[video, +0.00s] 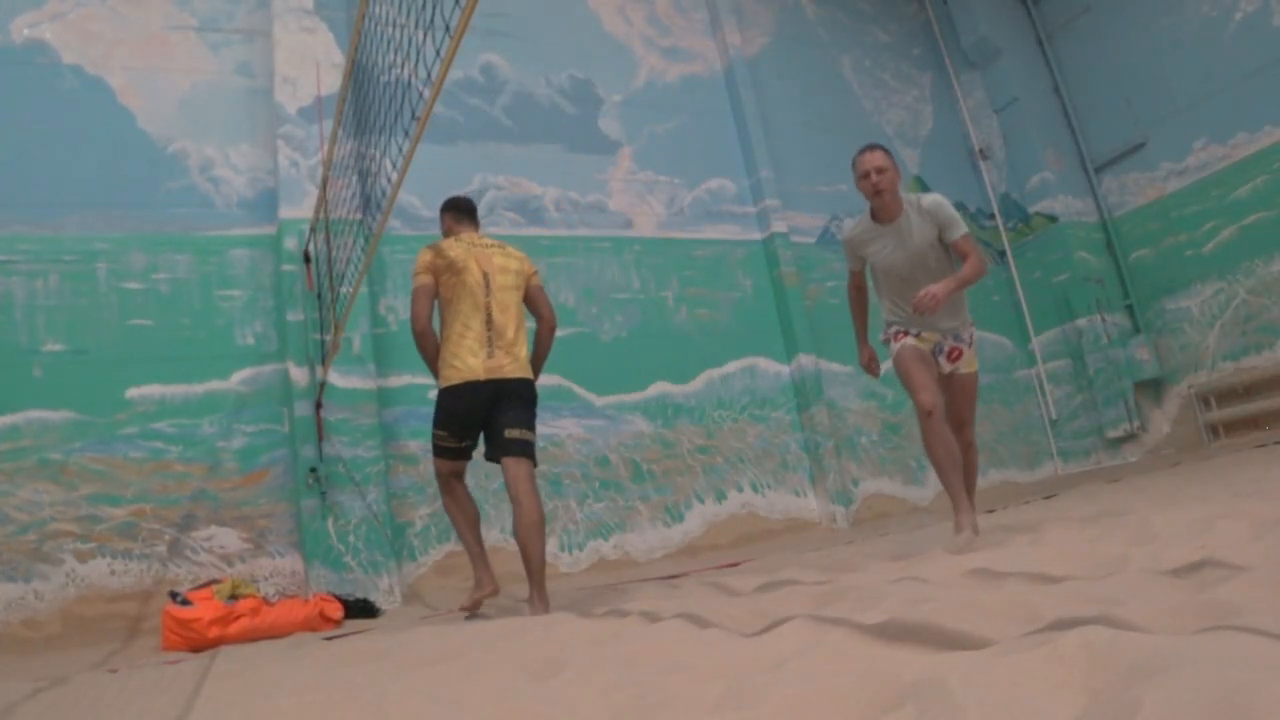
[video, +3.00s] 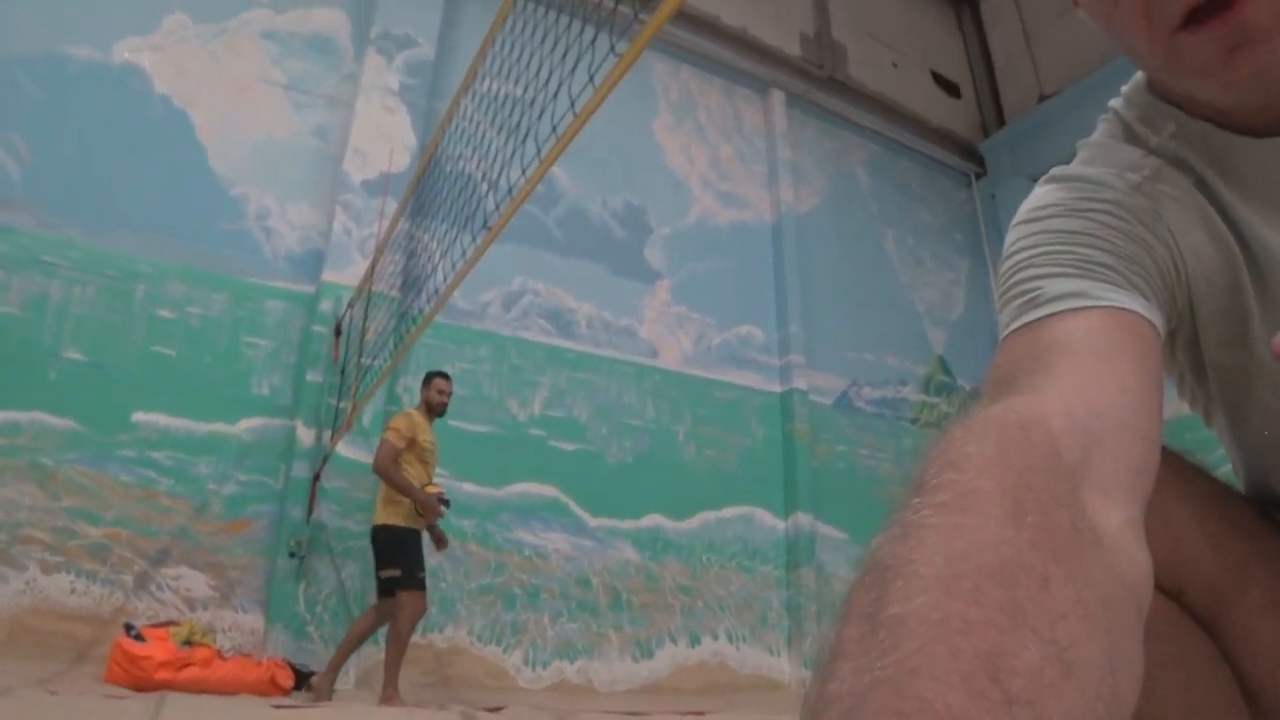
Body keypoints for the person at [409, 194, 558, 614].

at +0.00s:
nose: (441, 233)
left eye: (441, 227)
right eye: (445, 228)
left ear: (446, 224)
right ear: (478, 224)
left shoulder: (435, 254)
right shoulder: (512, 255)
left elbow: (420, 324)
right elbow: (548, 320)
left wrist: (443, 374)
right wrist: (531, 372)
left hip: (461, 385)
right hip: (516, 383)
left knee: (450, 477)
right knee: (523, 484)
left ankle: (483, 576)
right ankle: (538, 596)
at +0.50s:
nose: (406, 269)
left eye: (405, 264)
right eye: (412, 263)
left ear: (407, 263)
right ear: (437, 261)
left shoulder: (394, 300)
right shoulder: (468, 289)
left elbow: (383, 369)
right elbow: (501, 336)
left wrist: (387, 427)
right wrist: (503, 381)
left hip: (428, 413)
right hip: (473, 408)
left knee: (450, 508)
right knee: (479, 482)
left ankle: (474, 599)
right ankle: (489, 560)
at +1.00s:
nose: (413, 306)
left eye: (412, 301)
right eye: (421, 302)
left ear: (411, 300)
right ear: (437, 303)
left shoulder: (390, 330)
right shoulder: (457, 332)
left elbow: (370, 387)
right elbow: (480, 382)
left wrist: (369, 432)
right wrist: (472, 415)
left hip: (407, 439)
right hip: (449, 438)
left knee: (399, 506)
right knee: (456, 520)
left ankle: (411, 558)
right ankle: (468, 601)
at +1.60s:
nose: (384, 341)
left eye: (377, 335)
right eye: (386, 336)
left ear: (363, 336)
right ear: (386, 335)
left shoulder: (345, 368)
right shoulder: (387, 352)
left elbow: (325, 412)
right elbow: (399, 389)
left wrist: (315, 455)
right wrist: (429, 418)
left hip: (360, 465)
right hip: (394, 458)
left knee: (366, 538)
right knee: (436, 520)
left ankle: (361, 617)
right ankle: (448, 599)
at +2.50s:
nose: (414, 361)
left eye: (416, 357)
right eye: (411, 354)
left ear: (402, 355)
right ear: (394, 349)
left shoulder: (364, 381)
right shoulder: (384, 369)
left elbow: (342, 436)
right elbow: (384, 404)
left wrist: (319, 478)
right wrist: (416, 435)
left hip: (348, 472)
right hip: (373, 469)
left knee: (350, 548)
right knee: (414, 535)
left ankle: (335, 630)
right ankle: (412, 625)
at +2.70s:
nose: (430, 379)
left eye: (433, 374)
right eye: (427, 372)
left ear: (425, 375)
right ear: (410, 367)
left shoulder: (391, 395)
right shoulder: (394, 389)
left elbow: (375, 453)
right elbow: (378, 424)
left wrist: (402, 470)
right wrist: (410, 459)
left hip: (354, 490)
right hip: (372, 489)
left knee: (345, 569)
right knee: (411, 557)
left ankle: (319, 647)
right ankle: (394, 647)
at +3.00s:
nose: (445, 399)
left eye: (449, 395)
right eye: (440, 392)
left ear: (449, 400)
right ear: (423, 392)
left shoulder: (426, 430)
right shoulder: (407, 421)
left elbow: (414, 483)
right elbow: (382, 463)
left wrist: (431, 526)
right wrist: (420, 497)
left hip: (401, 528)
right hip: (396, 528)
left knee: (386, 607)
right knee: (413, 606)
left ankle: (326, 677)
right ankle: (389, 694)